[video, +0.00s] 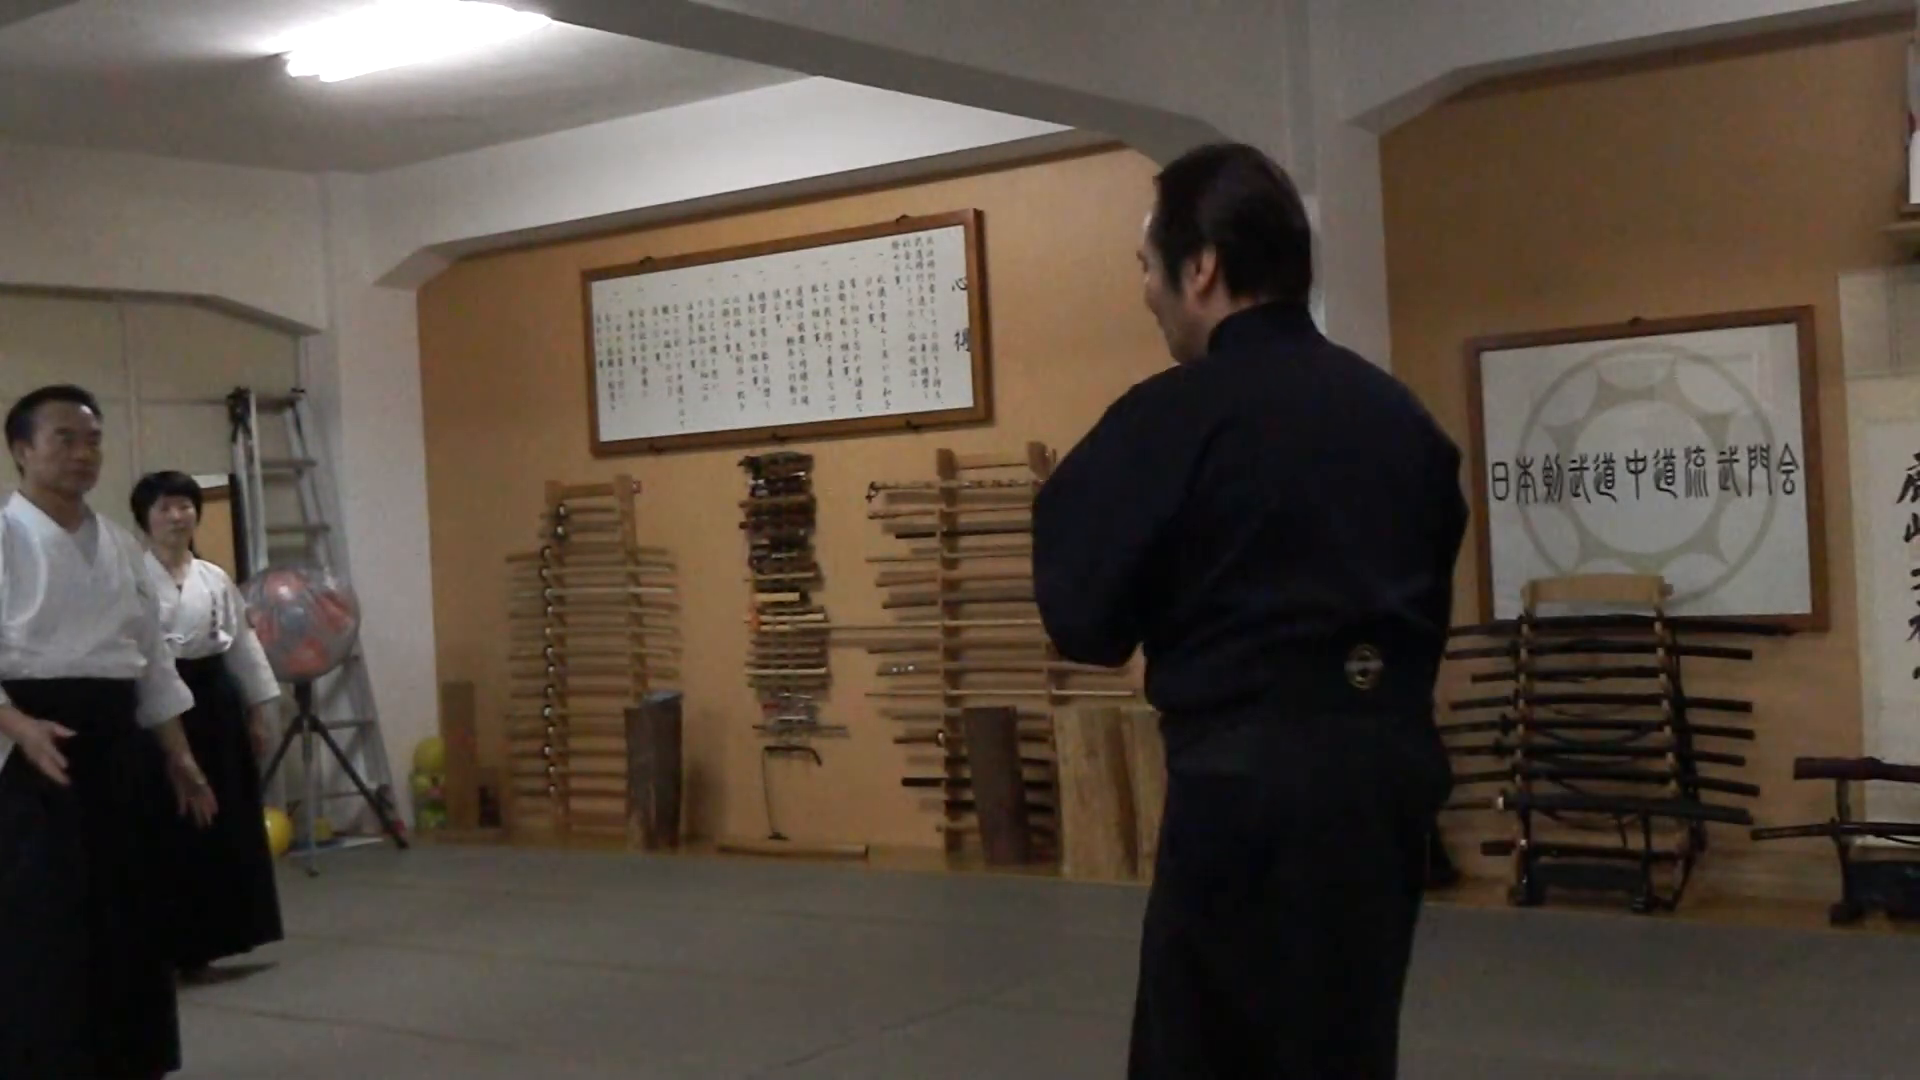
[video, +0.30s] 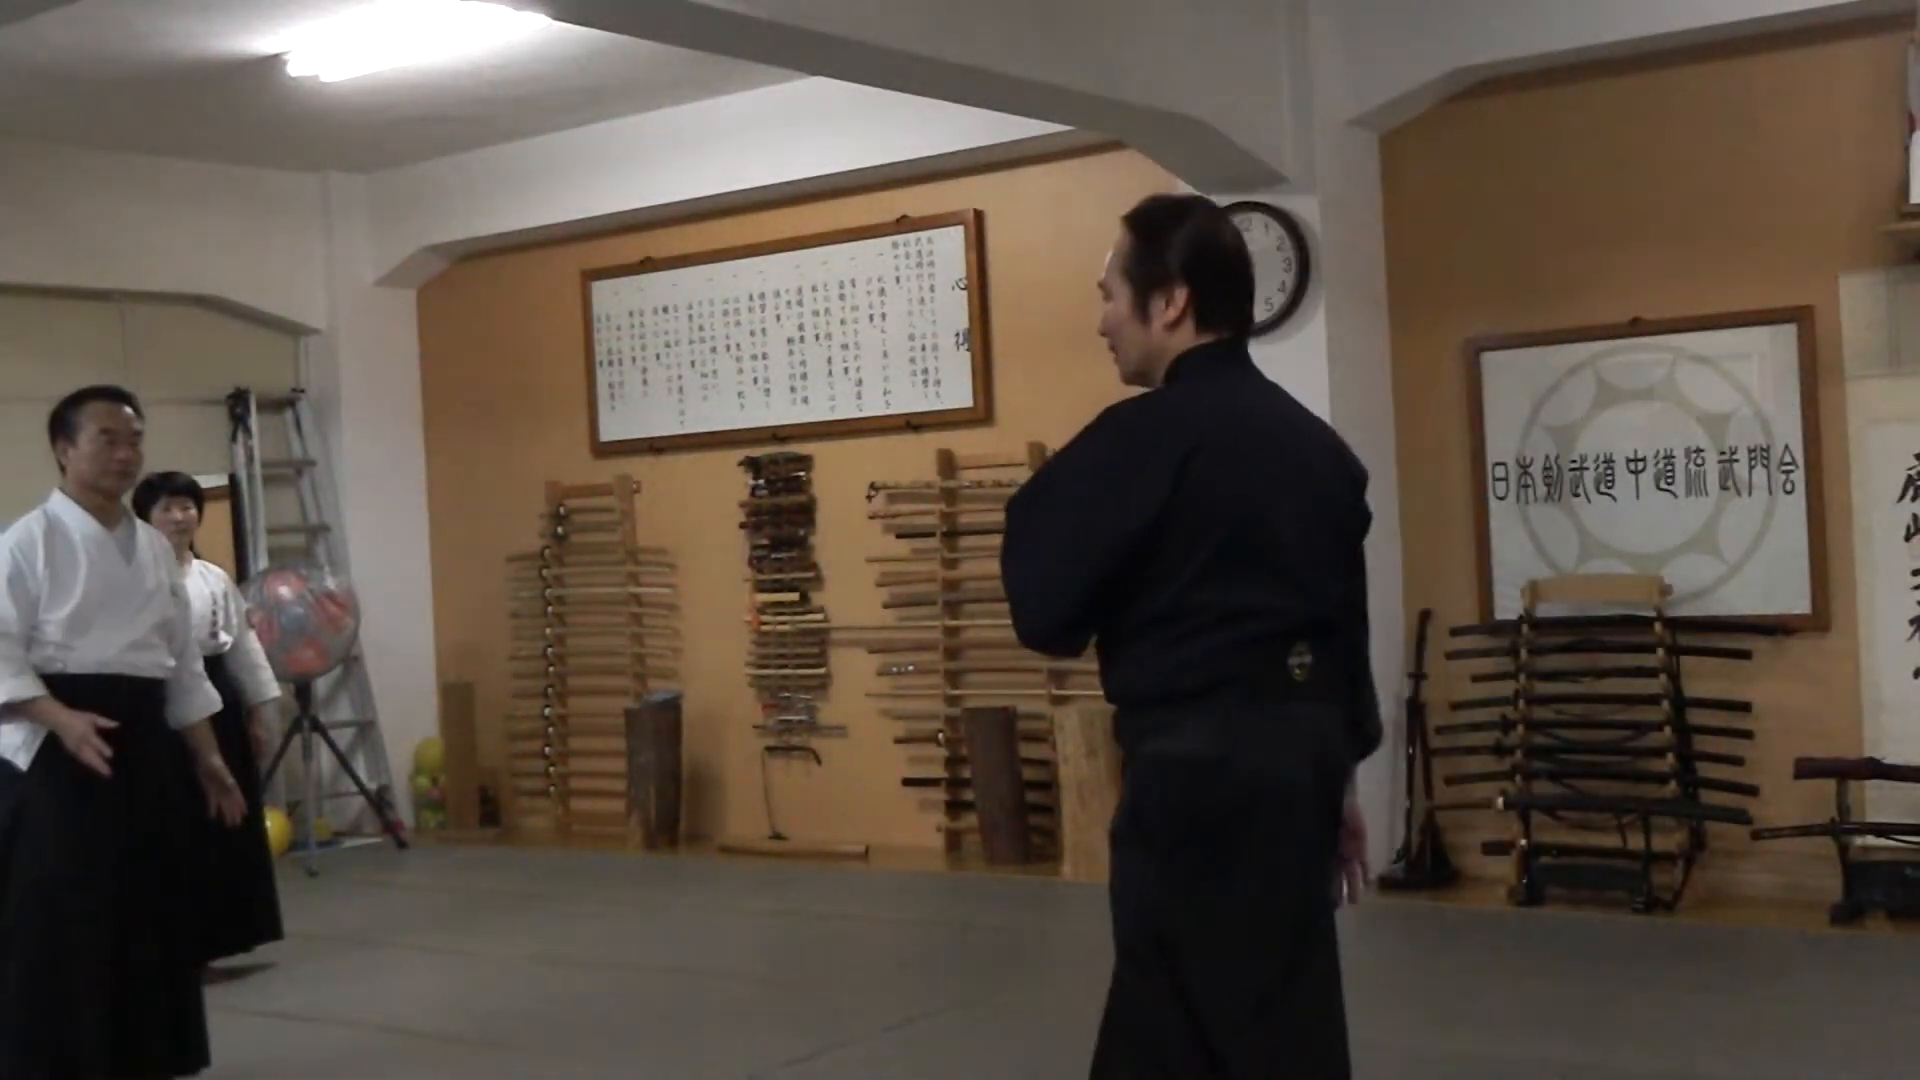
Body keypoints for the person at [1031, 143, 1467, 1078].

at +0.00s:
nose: (1144, 293)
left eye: (1149, 266)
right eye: (1143, 267)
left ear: (1205, 271)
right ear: (1294, 267)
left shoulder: (1168, 415)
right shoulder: (1400, 411)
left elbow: (1084, 623)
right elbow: (1426, 610)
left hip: (1238, 778)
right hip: (1390, 771)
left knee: (1198, 1046)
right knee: (1355, 1046)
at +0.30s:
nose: (1101, 322)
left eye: (1111, 296)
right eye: (1103, 298)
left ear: (1171, 306)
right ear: (1202, 305)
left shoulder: (1136, 441)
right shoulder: (1316, 444)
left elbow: (1046, 613)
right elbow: (1345, 638)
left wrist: (1053, 494)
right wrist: (1340, 783)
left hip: (1188, 774)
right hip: (1303, 762)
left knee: (1174, 1020)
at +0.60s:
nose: (1058, 338)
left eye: (1065, 315)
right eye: (1058, 317)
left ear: (1119, 317)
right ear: (1150, 316)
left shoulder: (1108, 432)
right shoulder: (1251, 434)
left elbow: (1022, 574)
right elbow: (1243, 567)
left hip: (1162, 751)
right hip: (1265, 740)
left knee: (1048, 979)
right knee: (1232, 979)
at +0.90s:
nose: (999, 349)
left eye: (1006, 330)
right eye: (999, 330)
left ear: (1050, 337)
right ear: (1102, 333)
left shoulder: (1031, 459)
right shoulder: (1174, 452)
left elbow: (974, 604)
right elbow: (1157, 601)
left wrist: (924, 745)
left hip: (1085, 737)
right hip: (1192, 719)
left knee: (1043, 950)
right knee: (1192, 948)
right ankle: (1191, 1066)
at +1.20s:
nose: (881, 387)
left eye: (881, 366)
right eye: (877, 370)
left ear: (917, 354)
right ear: (968, 348)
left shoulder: (919, 458)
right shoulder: (1058, 459)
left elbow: (900, 622)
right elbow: (1074, 626)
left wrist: (900, 772)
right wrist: (1078, 752)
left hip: (951, 756)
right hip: (1044, 752)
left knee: (921, 981)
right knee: (1048, 979)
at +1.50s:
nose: (806, 368)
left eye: (811, 348)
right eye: (806, 350)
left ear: (847, 347)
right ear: (897, 346)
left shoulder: (843, 454)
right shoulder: (968, 453)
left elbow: (781, 593)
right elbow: (970, 602)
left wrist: (741, 729)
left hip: (880, 725)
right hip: (966, 716)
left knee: (870, 935)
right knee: (950, 925)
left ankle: (871, 1067)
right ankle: (954, 1066)